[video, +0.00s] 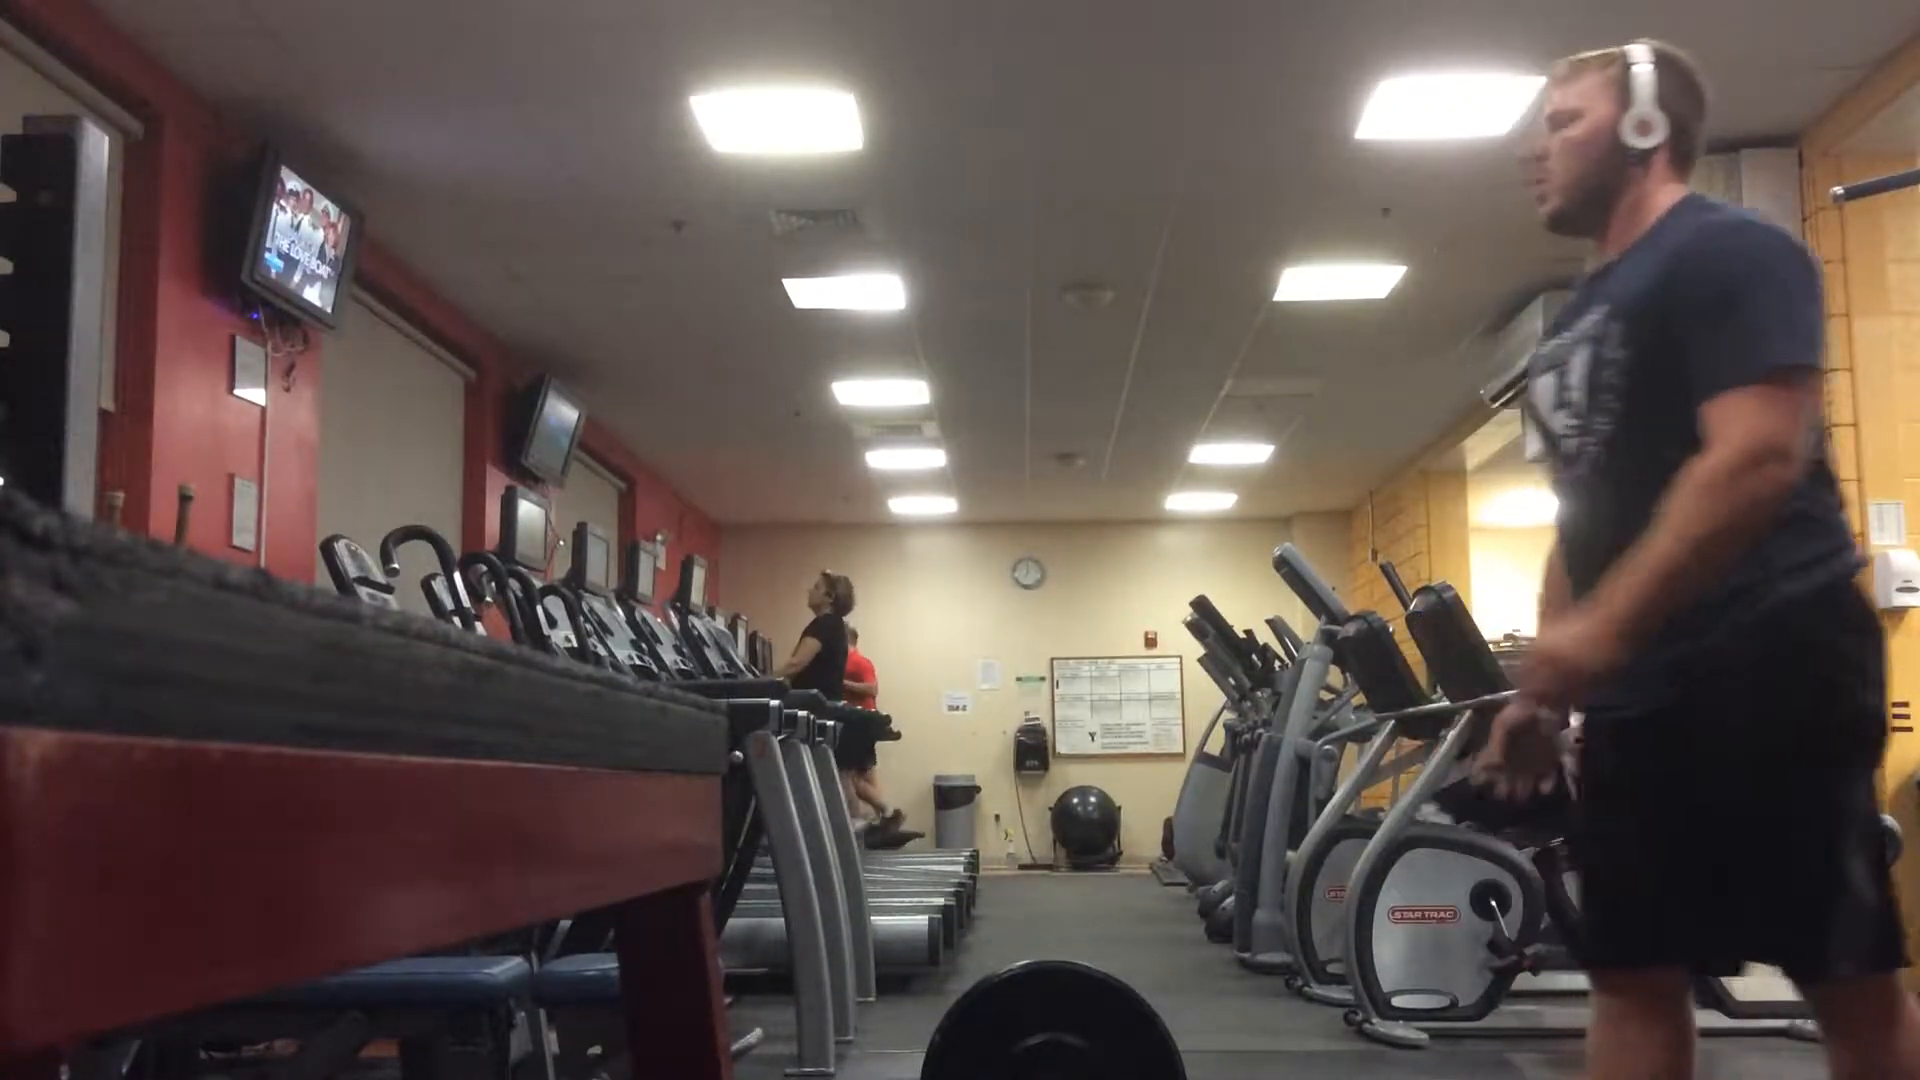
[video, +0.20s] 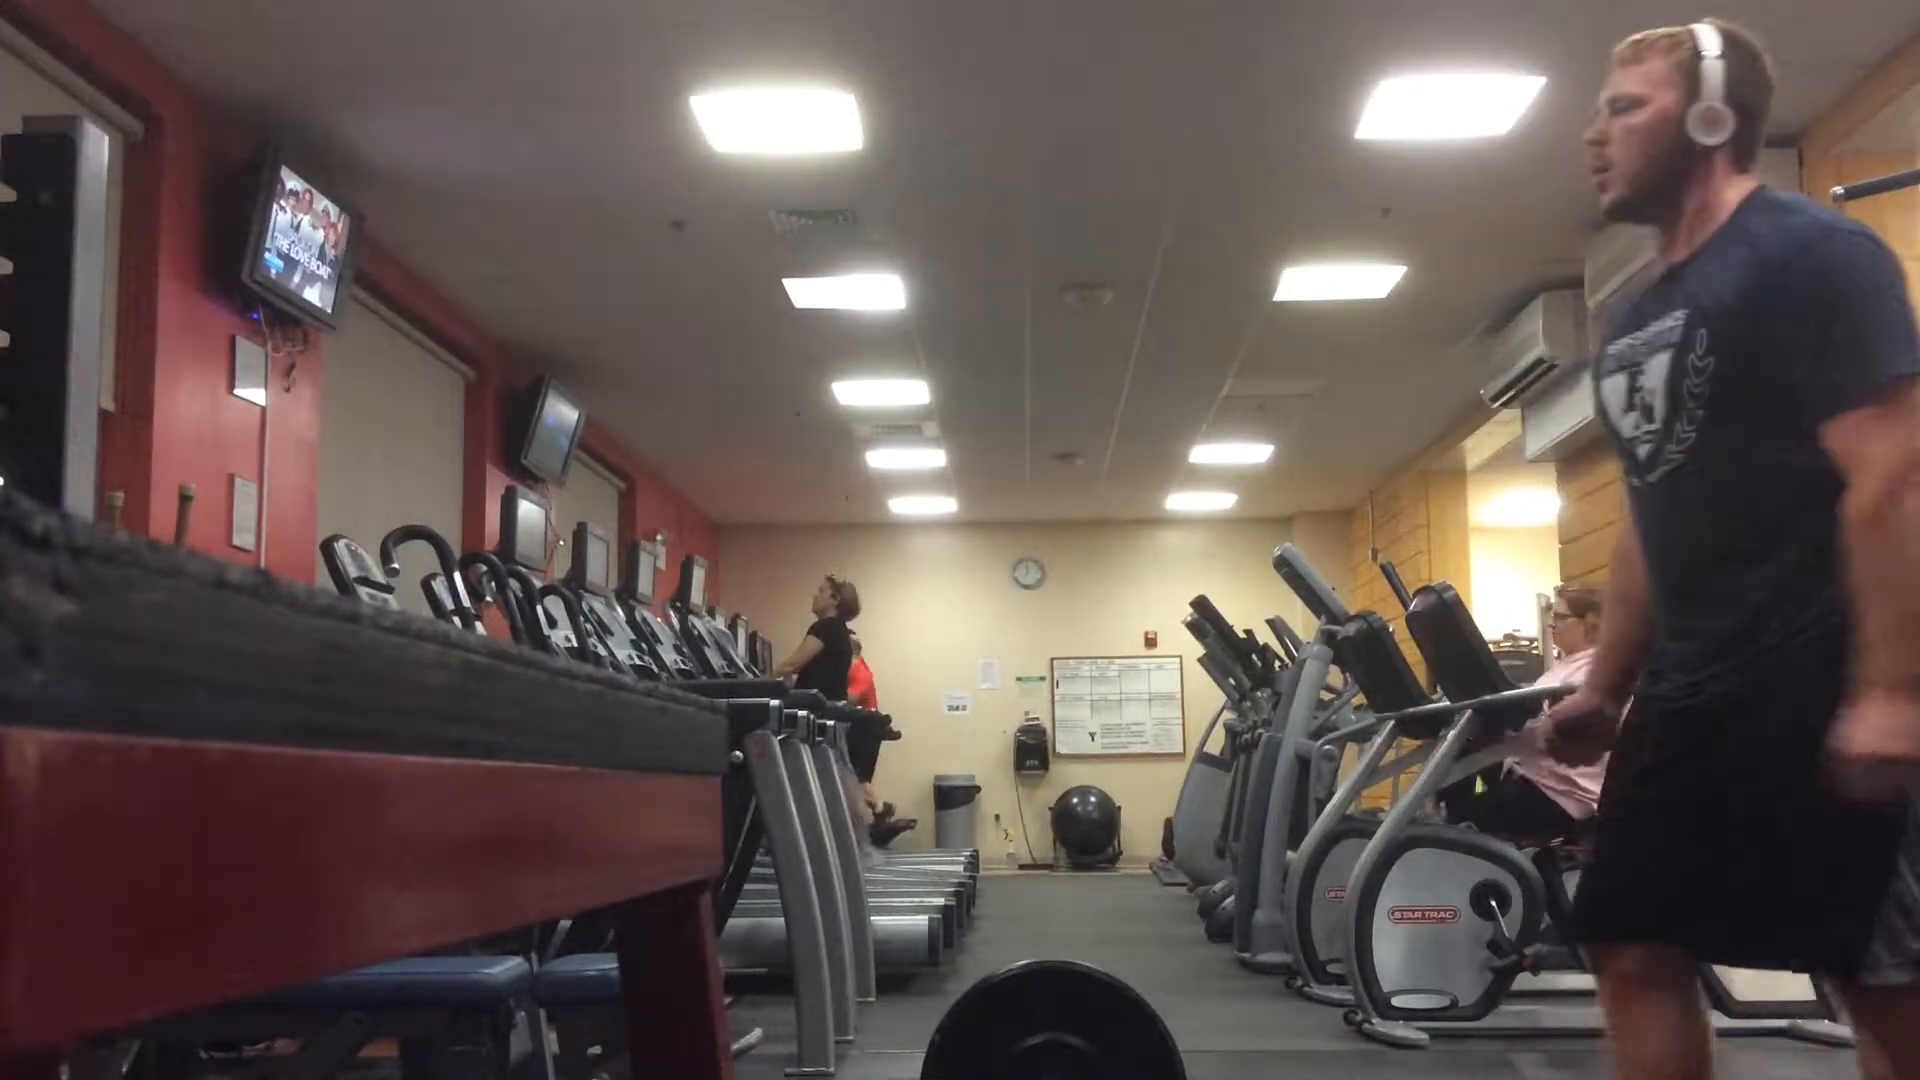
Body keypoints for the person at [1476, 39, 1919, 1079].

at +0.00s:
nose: (1534, 148)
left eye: (1560, 122)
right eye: (1538, 128)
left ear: (1643, 132)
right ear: (1622, 140)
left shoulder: (1730, 246)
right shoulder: (1580, 314)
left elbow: (1759, 454)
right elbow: (1583, 525)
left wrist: (1592, 632)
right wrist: (1542, 691)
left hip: (1779, 653)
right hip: (1638, 677)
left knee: (1854, 985)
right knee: (1633, 980)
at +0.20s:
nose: (1596, 133)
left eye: (1624, 107)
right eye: (1600, 112)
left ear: (1711, 123)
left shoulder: (1813, 252)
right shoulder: (1628, 314)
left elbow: (1889, 476)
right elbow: (1653, 521)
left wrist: (1886, 687)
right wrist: (1598, 689)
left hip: (1827, 680)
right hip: (1684, 693)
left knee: (1881, 982)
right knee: (1634, 956)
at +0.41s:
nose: (1626, 121)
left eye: (1657, 96)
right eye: (1630, 102)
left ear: (1744, 115)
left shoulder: (1835, 244)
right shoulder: (1650, 312)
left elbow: (1916, 458)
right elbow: (1673, 520)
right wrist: (1629, 694)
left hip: (1857, 679)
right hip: (1710, 695)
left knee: (1889, 982)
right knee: (1709, 964)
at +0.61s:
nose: (1619, 132)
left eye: (1645, 107)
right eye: (1621, 112)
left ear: (1730, 114)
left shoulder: (1833, 242)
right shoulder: (1657, 316)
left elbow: (1895, 461)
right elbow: (1682, 518)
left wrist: (1817, 662)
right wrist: (1624, 686)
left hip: (1858, 688)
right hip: (1732, 703)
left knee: (1885, 990)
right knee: (1791, 990)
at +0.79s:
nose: (1617, 135)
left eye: (1643, 108)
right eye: (1620, 115)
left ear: (1727, 115)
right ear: (1705, 122)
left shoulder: (1825, 237)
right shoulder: (1659, 310)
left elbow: (1884, 446)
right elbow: (1686, 516)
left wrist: (1754, 633)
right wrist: (1621, 684)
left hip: (1859, 687)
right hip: (1742, 698)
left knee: (1885, 993)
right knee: (1802, 986)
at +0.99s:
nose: (1616, 148)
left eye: (1638, 121)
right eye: (1619, 127)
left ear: (1717, 123)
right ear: (1702, 132)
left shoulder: (1806, 234)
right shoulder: (1664, 308)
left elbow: (1872, 445)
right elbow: (1697, 528)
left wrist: (1804, 654)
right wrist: (1655, 693)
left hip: (1845, 675)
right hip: (1738, 691)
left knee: (1874, 987)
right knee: (1796, 981)